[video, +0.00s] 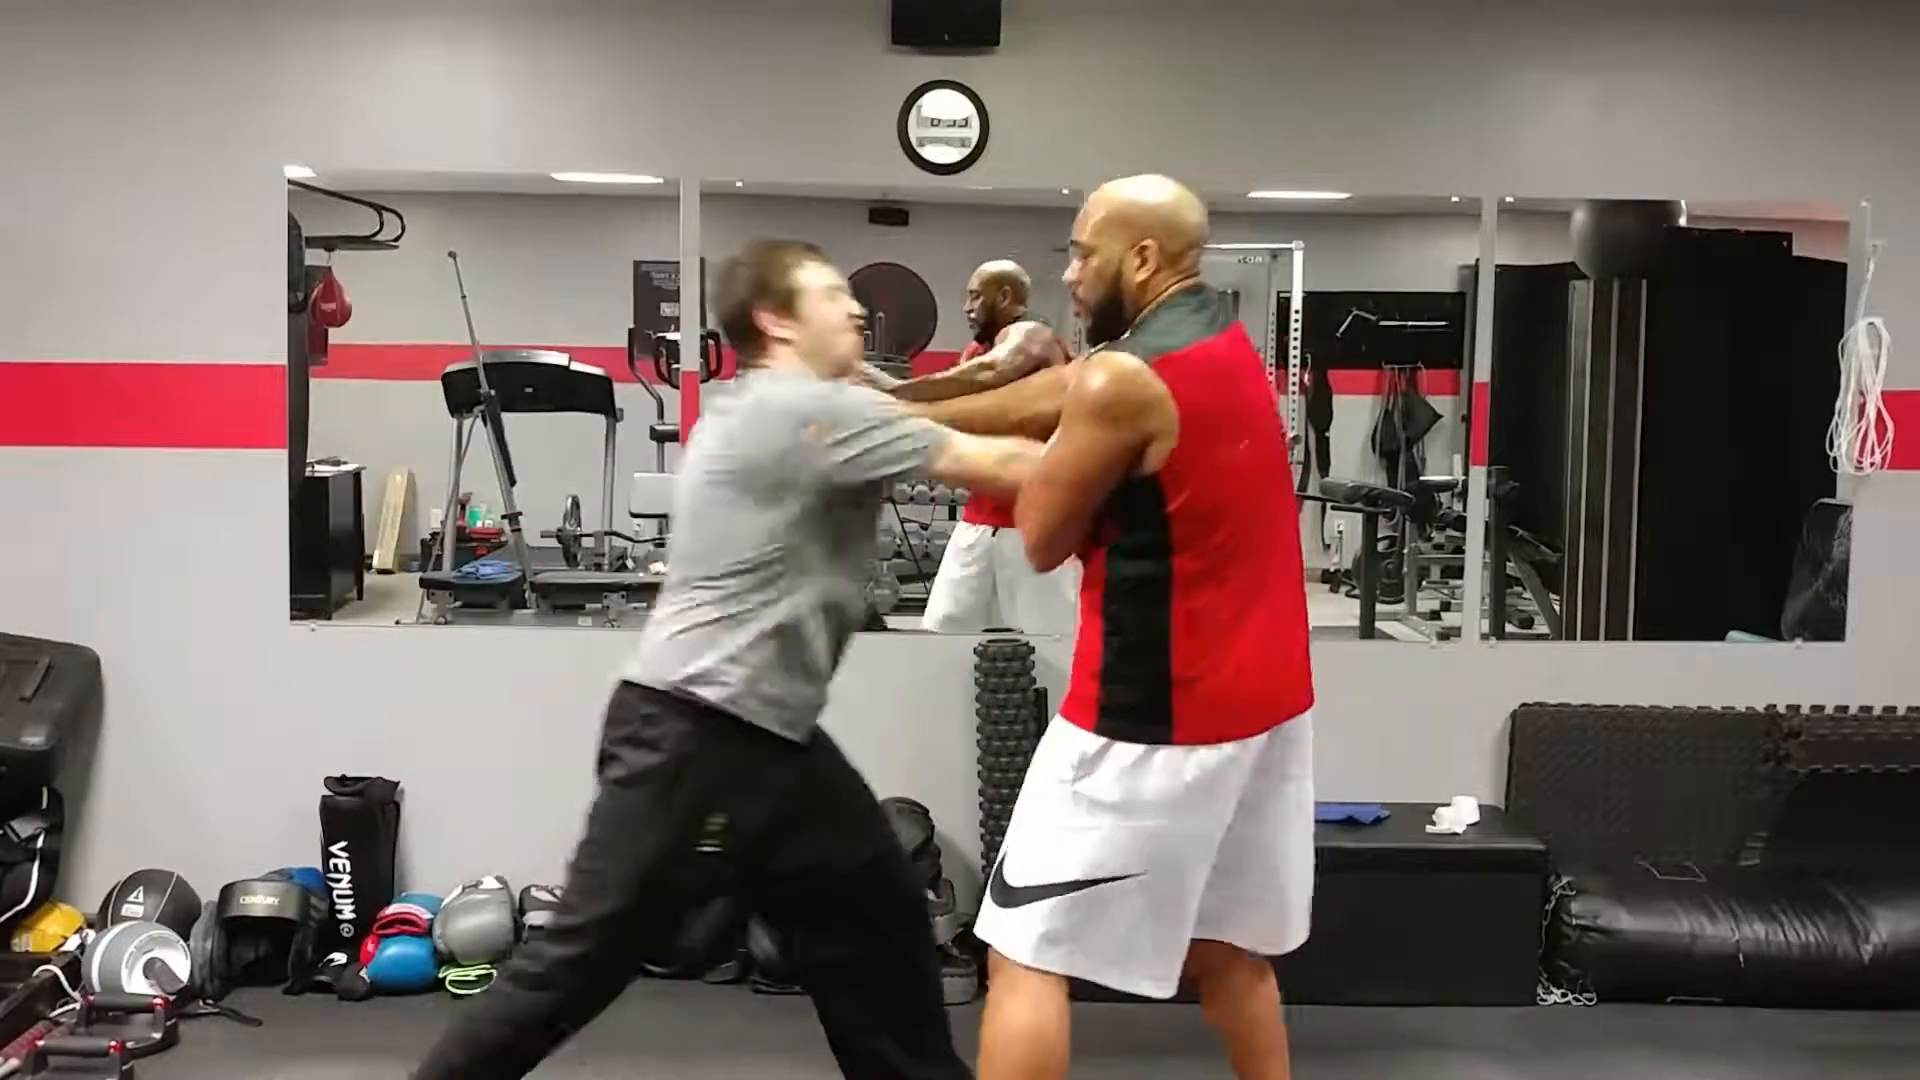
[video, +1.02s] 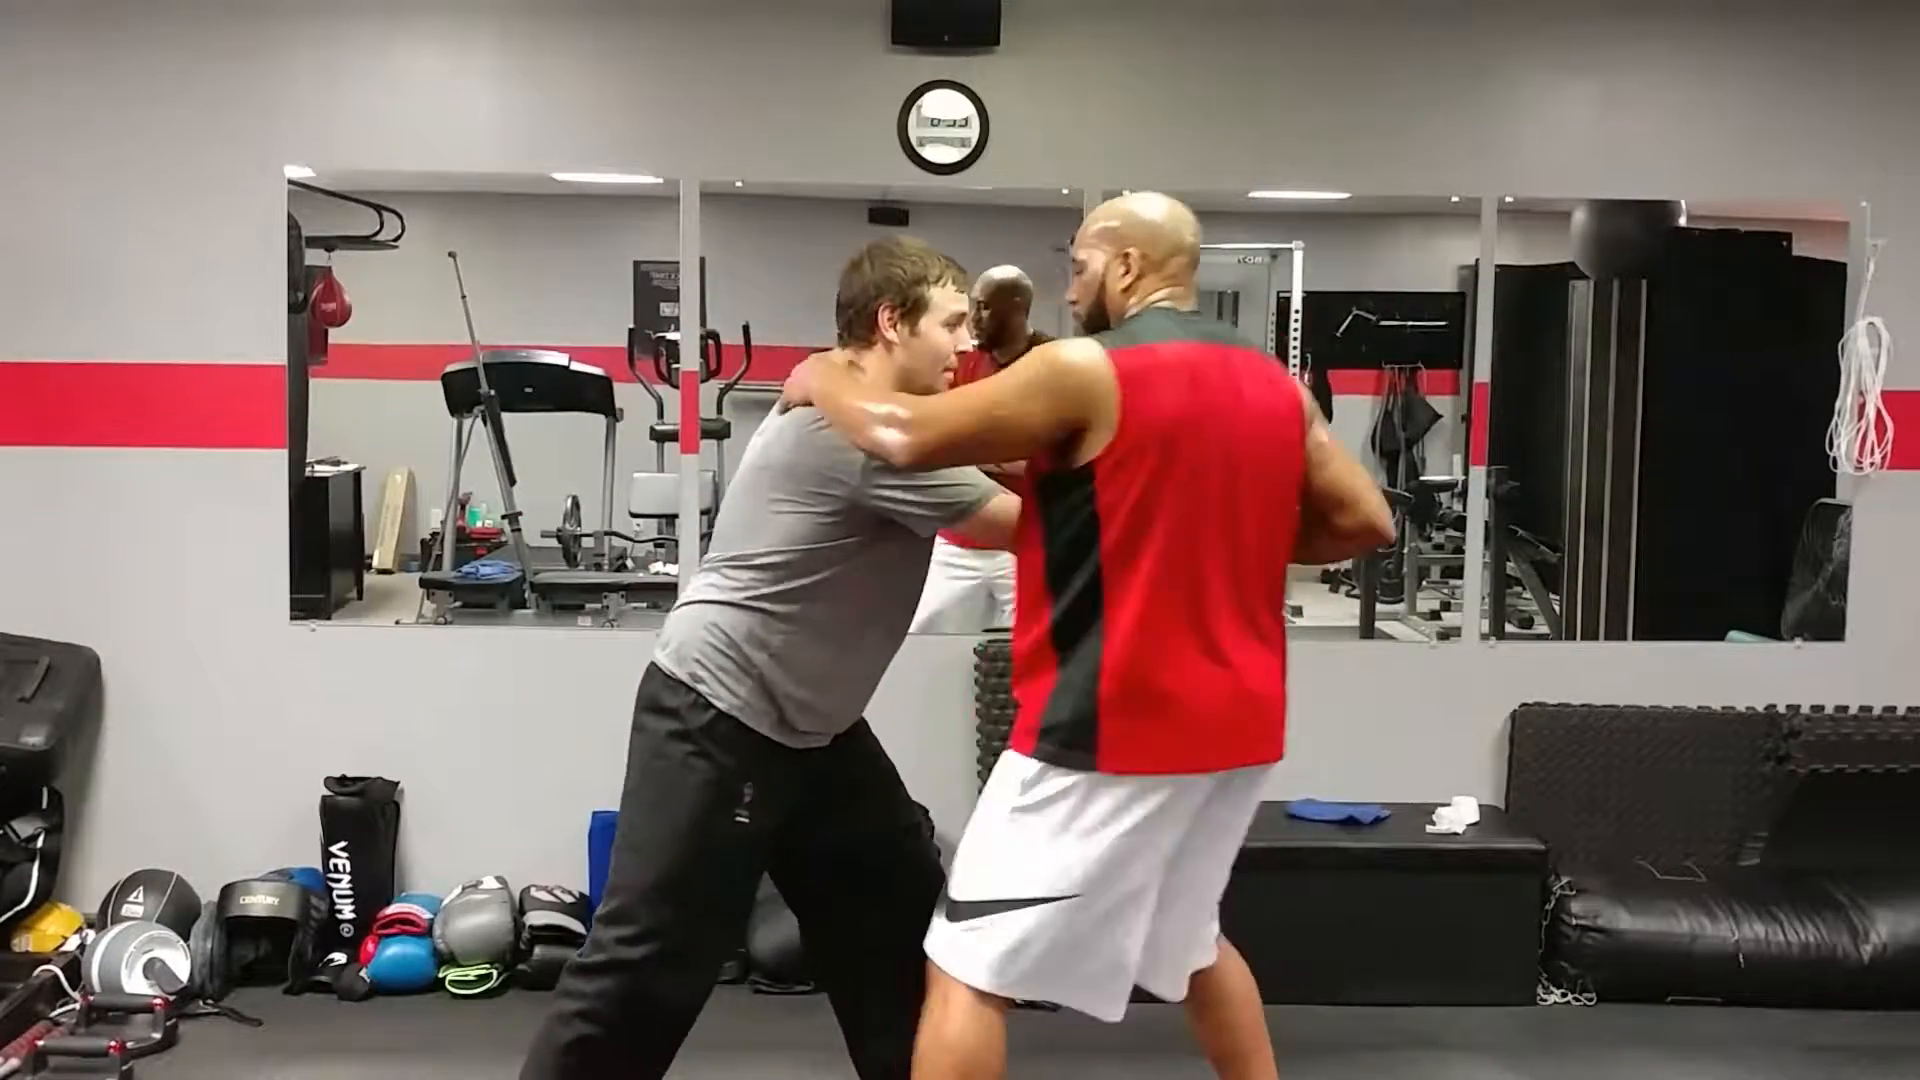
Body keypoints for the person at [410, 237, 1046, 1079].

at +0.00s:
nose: (860, 313)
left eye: (851, 296)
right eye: (838, 296)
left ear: (780, 327)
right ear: (776, 322)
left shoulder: (767, 402)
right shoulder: (802, 407)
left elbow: (928, 417)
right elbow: (996, 466)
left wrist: (1007, 371)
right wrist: (1101, 450)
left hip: (771, 741)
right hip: (688, 729)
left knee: (884, 939)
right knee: (571, 968)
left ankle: (921, 1073)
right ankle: (439, 1073)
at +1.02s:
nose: (968, 347)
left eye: (969, 328)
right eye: (953, 323)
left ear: (886, 328)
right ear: (887, 325)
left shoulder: (883, 424)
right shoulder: (854, 431)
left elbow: (1019, 497)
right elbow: (1024, 524)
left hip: (815, 730)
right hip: (711, 714)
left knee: (897, 939)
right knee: (642, 971)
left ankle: (911, 1073)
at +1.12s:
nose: (963, 339)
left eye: (962, 320)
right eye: (945, 317)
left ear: (887, 325)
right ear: (883, 323)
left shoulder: (890, 422)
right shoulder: (853, 431)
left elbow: (1028, 500)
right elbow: (1025, 546)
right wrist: (1151, 565)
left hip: (814, 726)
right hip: (708, 713)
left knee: (901, 932)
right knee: (643, 962)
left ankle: (918, 1072)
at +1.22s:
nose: (954, 335)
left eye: (953, 315)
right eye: (936, 313)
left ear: (871, 324)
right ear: (868, 322)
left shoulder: (889, 425)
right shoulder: (829, 426)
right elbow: (937, 583)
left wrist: (953, 488)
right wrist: (1085, 572)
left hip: (806, 721)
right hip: (698, 710)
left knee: (894, 908)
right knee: (624, 953)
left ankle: (926, 1067)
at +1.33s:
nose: (917, 330)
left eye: (915, 311)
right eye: (897, 311)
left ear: (842, 327)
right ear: (829, 322)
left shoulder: (857, 427)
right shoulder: (769, 421)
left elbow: (867, 563)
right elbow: (807, 603)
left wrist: (929, 525)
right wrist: (964, 598)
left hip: (794, 729)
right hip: (681, 718)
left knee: (890, 915)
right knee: (581, 962)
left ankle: (923, 1073)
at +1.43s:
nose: (850, 325)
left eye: (848, 305)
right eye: (828, 305)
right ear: (761, 319)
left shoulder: (810, 420)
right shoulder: (685, 424)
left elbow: (826, 554)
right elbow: (697, 605)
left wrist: (882, 483)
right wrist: (847, 581)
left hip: (761, 754)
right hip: (635, 747)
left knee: (870, 958)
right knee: (524, 987)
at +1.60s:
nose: (737, 300)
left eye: (735, 279)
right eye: (714, 277)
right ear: (643, 288)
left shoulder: (712, 402)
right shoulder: (557, 392)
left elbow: (792, 499)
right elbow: (608, 533)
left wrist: (802, 401)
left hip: (678, 732)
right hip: (543, 719)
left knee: (785, 965)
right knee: (470, 987)